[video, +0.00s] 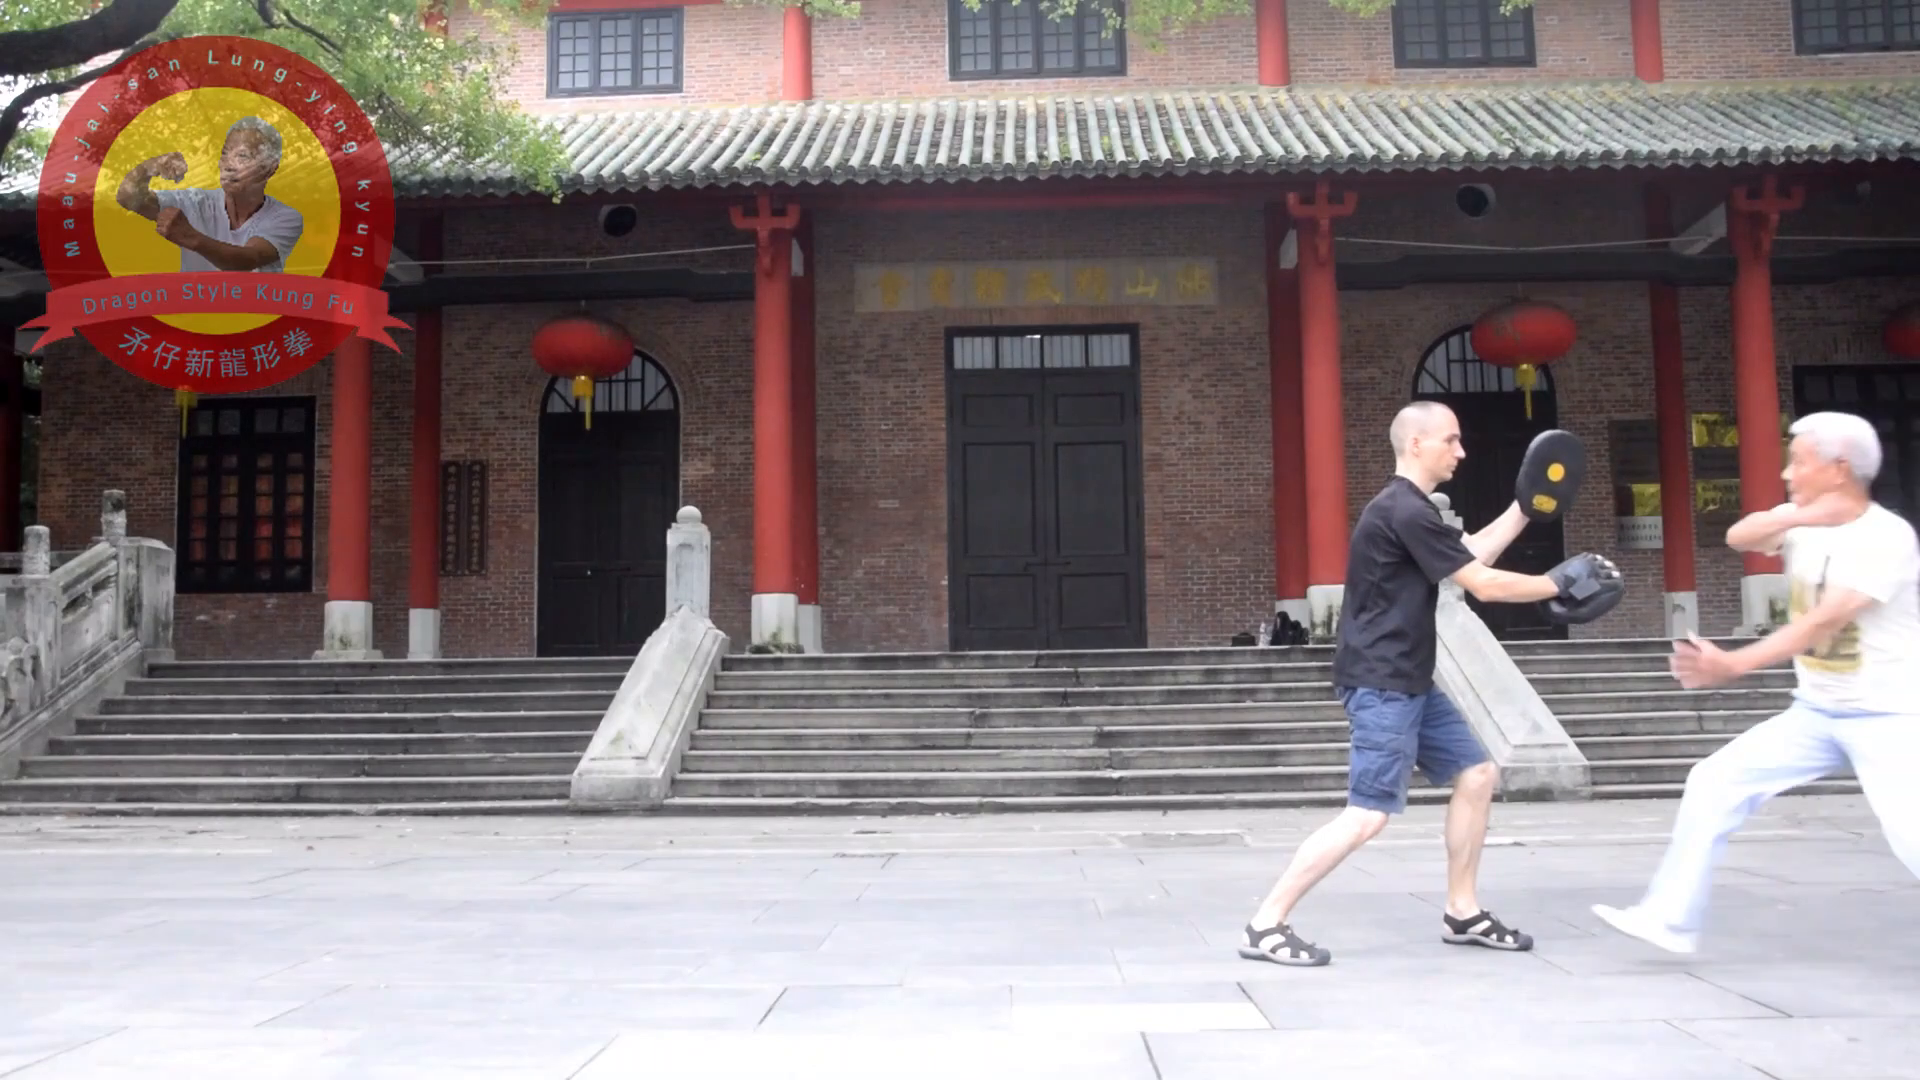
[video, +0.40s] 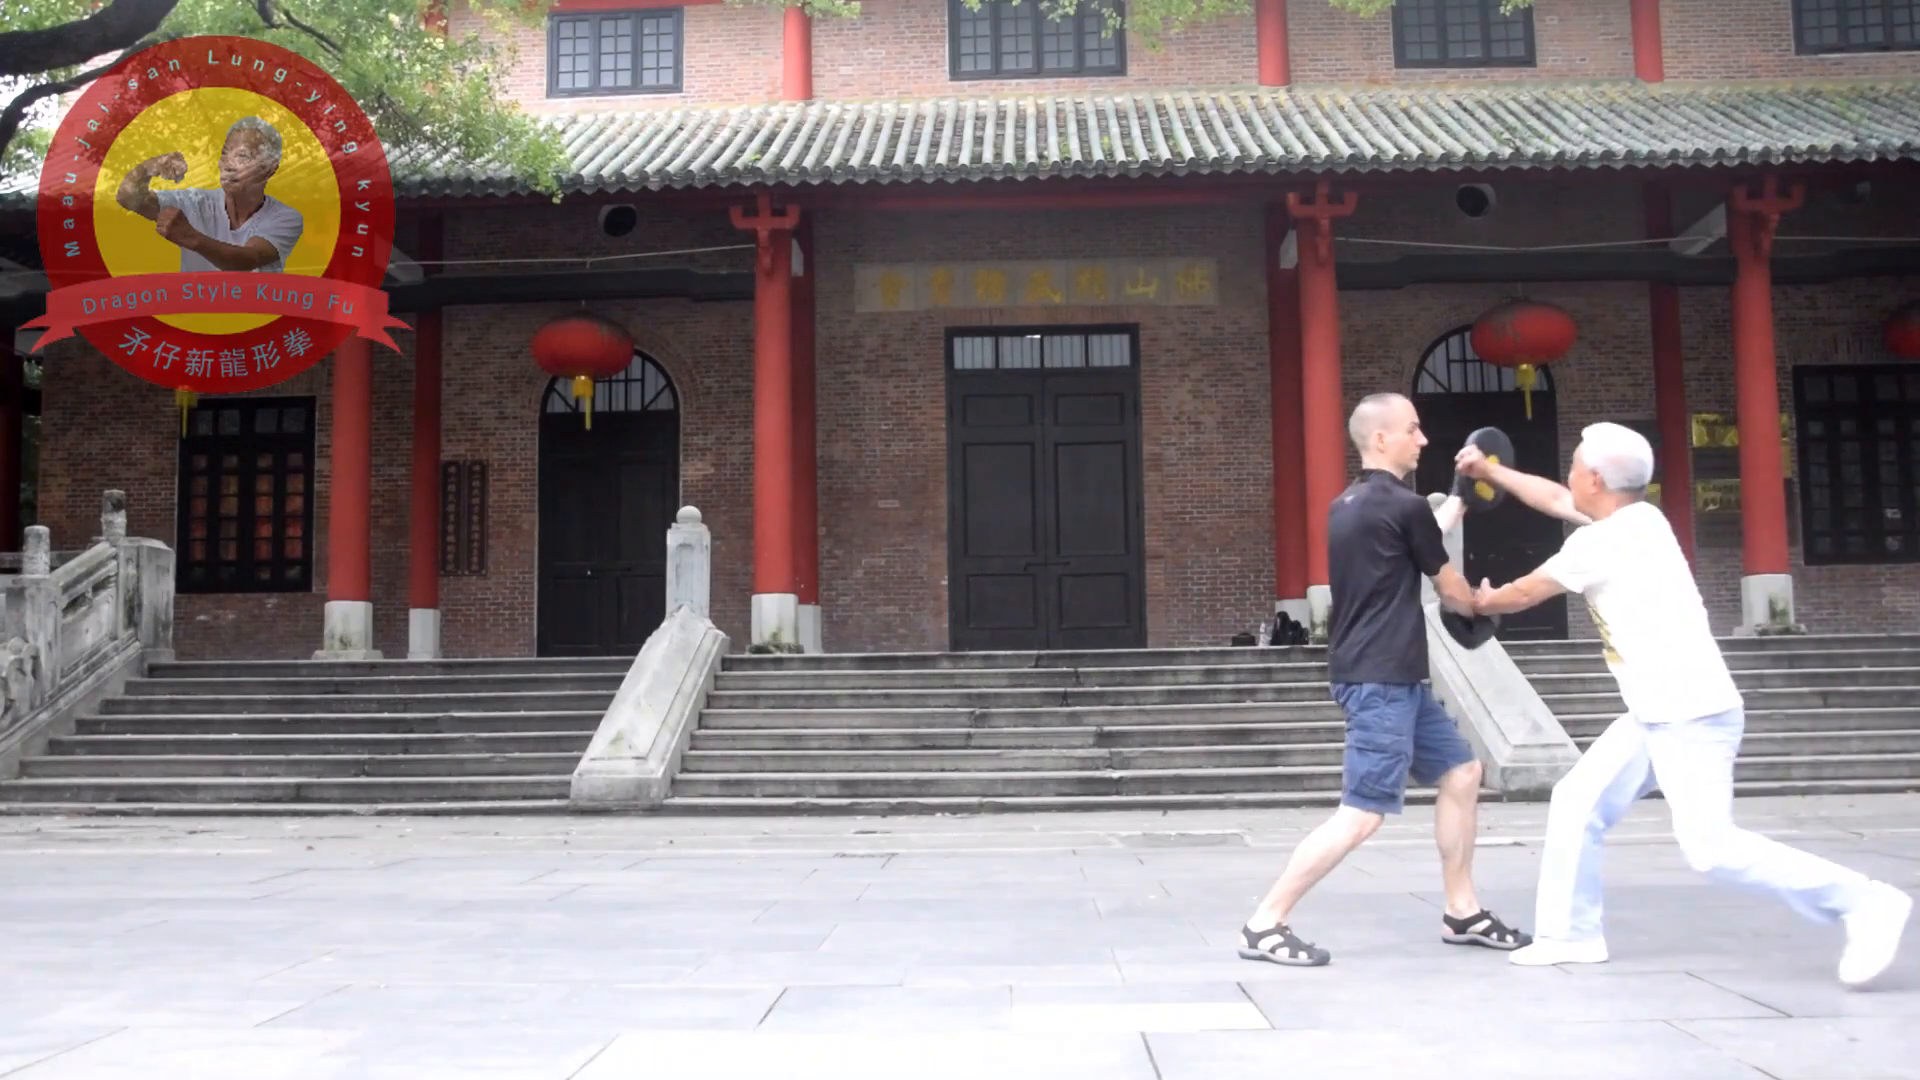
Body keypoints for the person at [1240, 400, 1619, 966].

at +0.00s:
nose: (1461, 450)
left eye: (1459, 440)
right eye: (1451, 440)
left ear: (1420, 445)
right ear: (1417, 444)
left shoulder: (1413, 504)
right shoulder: (1402, 510)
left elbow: (1470, 557)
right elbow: (1482, 585)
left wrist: (1525, 507)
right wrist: (1558, 586)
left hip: (1412, 680)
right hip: (1381, 681)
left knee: (1477, 777)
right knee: (1367, 816)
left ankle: (1463, 913)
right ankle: (1265, 924)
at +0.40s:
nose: (1424, 439)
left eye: (1420, 428)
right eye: (1413, 430)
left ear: (1375, 442)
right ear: (1382, 440)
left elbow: (1405, 555)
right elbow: (1450, 585)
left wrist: (1458, 503)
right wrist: (1481, 602)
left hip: (1389, 674)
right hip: (1382, 676)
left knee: (1462, 775)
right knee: (1362, 814)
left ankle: (1463, 912)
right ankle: (1265, 923)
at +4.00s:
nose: (923, 468)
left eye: (923, 458)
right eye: (913, 458)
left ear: (891, 466)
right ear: (877, 464)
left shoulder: (895, 536)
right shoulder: (843, 527)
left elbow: (962, 569)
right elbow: (899, 603)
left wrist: (1021, 528)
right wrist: (979, 611)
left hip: (871, 695)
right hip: (817, 697)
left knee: (930, 792)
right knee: (801, 829)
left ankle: (934, 924)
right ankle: (712, 930)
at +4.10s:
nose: (918, 468)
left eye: (917, 458)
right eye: (907, 458)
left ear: (883, 467)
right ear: (871, 464)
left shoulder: (888, 534)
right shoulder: (840, 527)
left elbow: (961, 566)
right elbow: (896, 604)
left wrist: (1018, 525)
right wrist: (975, 611)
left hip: (868, 695)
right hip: (815, 697)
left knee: (928, 791)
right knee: (802, 829)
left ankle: (934, 924)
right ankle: (713, 930)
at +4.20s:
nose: (917, 468)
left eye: (916, 457)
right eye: (906, 457)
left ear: (887, 466)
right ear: (870, 464)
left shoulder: (888, 534)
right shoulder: (840, 527)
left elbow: (957, 565)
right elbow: (897, 604)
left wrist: (1015, 525)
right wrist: (978, 609)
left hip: (867, 695)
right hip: (814, 697)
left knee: (927, 790)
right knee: (802, 828)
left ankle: (934, 923)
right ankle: (712, 930)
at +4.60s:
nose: (915, 465)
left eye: (913, 454)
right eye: (904, 455)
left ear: (878, 463)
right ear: (868, 461)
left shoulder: (882, 527)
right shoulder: (843, 523)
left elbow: (950, 562)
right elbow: (904, 601)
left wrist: (1010, 524)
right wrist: (980, 602)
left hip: (864, 694)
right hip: (815, 695)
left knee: (928, 788)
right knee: (800, 826)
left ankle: (934, 923)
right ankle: (712, 929)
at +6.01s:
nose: (672, 472)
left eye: (673, 463)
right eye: (661, 462)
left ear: (663, 473)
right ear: (624, 469)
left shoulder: (655, 540)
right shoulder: (592, 522)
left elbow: (696, 586)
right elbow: (640, 529)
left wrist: (736, 574)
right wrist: (697, 469)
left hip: (584, 686)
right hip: (569, 683)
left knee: (519, 811)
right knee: (663, 782)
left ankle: (429, 921)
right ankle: (646, 931)